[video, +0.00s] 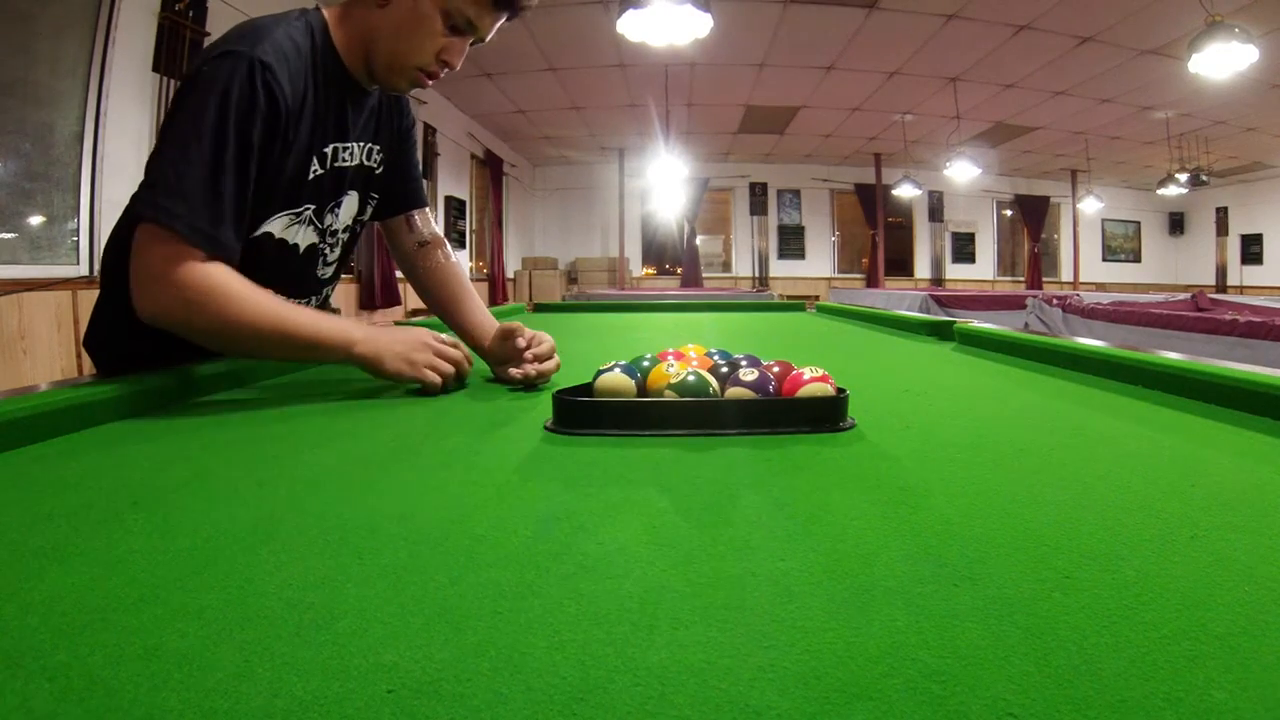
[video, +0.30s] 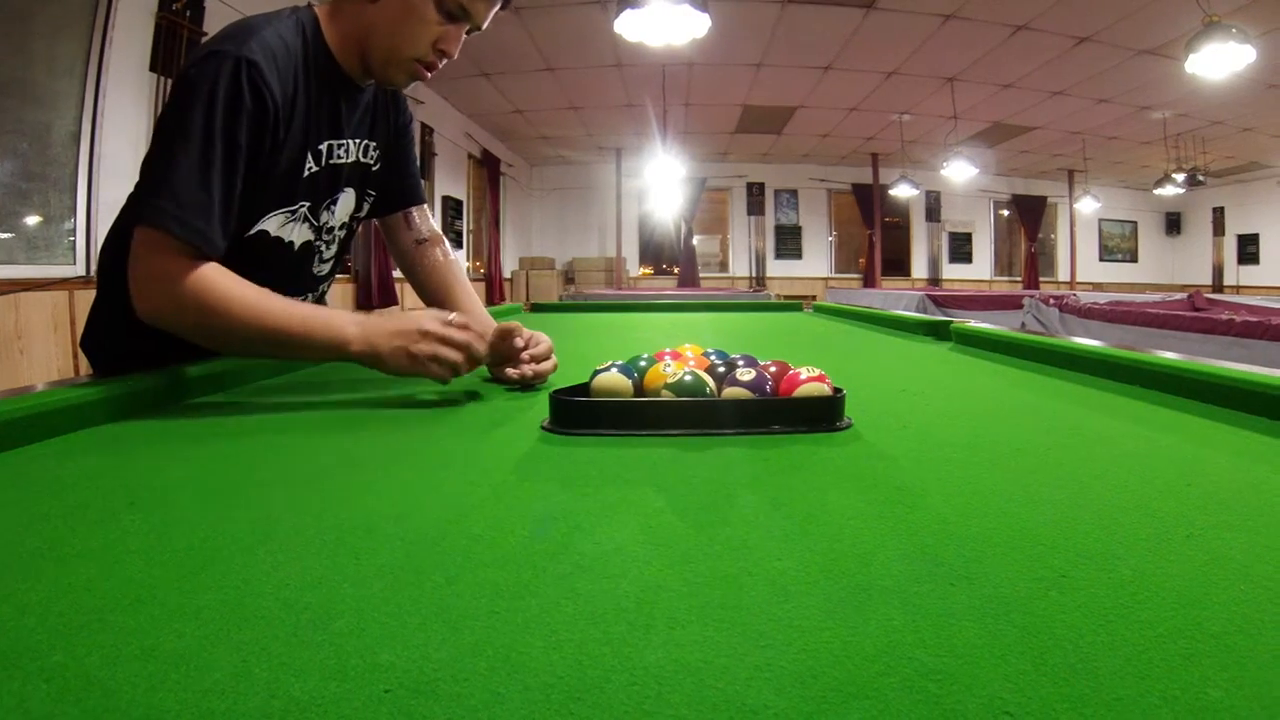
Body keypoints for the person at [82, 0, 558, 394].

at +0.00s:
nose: (455, 62)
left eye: (472, 44)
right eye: (455, 27)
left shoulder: (384, 101)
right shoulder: (254, 66)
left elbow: (417, 238)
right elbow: (164, 282)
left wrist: (490, 338)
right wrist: (364, 338)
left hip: (272, 368)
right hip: (161, 370)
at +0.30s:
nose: (453, 50)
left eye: (469, 33)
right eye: (450, 16)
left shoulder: (380, 97)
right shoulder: (246, 66)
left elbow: (417, 235)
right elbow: (160, 283)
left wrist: (489, 337)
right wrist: (363, 333)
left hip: (270, 368)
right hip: (156, 369)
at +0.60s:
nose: (457, 44)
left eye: (473, 29)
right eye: (452, 10)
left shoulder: (386, 99)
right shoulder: (255, 60)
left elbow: (422, 238)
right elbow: (225, 275)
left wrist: (482, 334)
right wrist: (448, 337)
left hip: (269, 355)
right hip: (158, 364)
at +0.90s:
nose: (462, 44)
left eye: (475, 30)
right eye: (458, 11)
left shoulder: (389, 98)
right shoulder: (262, 62)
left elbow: (422, 239)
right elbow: (242, 282)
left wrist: (491, 336)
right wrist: (460, 364)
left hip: (267, 354)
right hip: (157, 361)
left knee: (247, 552)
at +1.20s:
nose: (464, 38)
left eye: (475, 23)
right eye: (457, 7)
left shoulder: (389, 95)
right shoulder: (264, 62)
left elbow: (422, 240)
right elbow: (265, 278)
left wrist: (497, 342)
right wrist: (484, 365)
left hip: (274, 351)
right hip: (161, 359)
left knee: (252, 553)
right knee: (149, 560)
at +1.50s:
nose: (463, 37)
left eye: (475, 22)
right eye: (457, 6)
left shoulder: (390, 101)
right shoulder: (262, 62)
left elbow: (424, 241)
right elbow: (256, 282)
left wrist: (490, 333)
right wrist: (472, 374)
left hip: (269, 357)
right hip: (159, 363)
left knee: (247, 556)